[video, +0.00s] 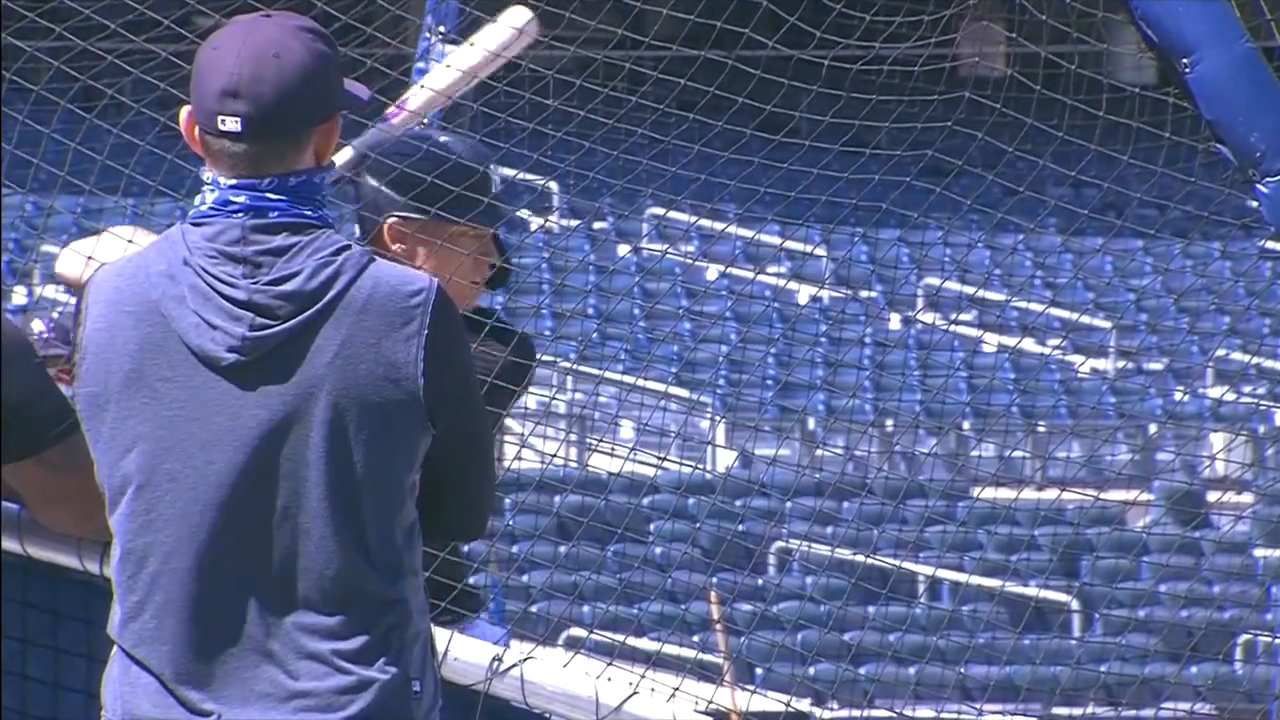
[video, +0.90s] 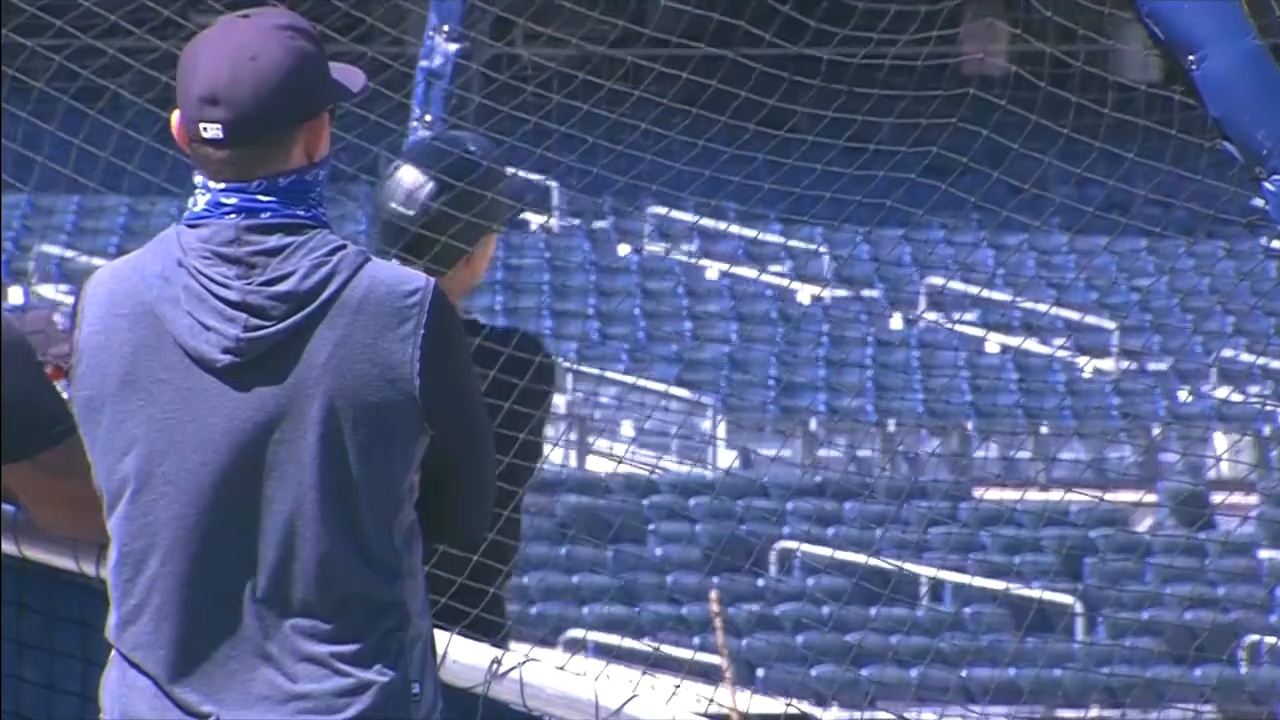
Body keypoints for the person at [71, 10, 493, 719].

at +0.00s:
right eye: (342, 127)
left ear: (189, 135)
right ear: (330, 141)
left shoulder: (110, 298)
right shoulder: (411, 307)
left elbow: (125, 478)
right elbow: (462, 508)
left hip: (150, 699)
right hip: (353, 697)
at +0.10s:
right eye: (340, 126)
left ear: (188, 134)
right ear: (328, 141)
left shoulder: (109, 294)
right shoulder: (411, 309)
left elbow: (123, 477)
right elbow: (461, 506)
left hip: (150, 699)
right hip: (352, 697)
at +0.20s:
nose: (339, 137)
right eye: (339, 125)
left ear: (188, 134)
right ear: (327, 140)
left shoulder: (108, 297)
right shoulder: (407, 306)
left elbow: (125, 479)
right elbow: (457, 509)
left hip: (148, 699)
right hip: (351, 698)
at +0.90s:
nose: (333, 130)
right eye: (332, 118)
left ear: (180, 136)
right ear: (318, 138)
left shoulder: (106, 300)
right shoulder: (404, 308)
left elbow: (124, 482)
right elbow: (461, 510)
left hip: (147, 699)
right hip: (349, 698)